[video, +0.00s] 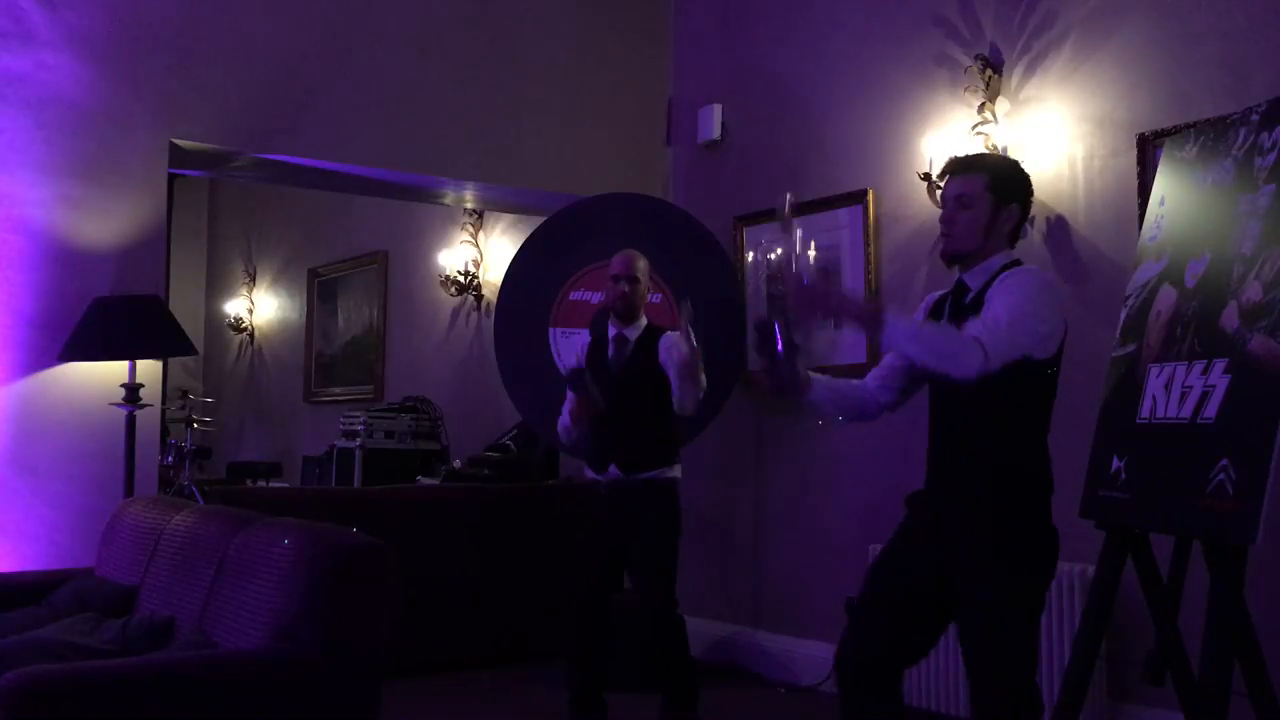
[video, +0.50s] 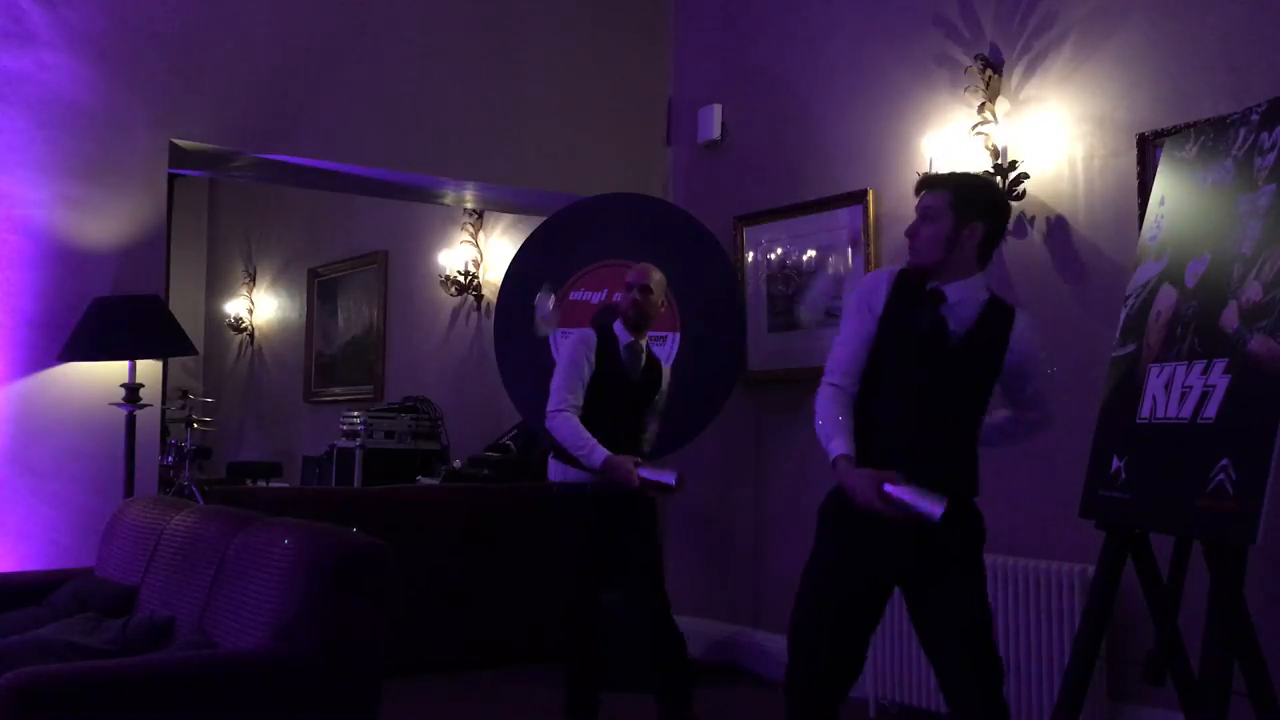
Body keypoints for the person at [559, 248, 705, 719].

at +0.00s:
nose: (621, 287)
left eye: (631, 280)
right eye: (615, 279)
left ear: (647, 289)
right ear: (605, 287)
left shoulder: (667, 343)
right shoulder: (592, 347)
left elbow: (689, 404)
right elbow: (569, 428)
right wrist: (573, 420)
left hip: (654, 489)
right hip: (601, 490)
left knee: (657, 601)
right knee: (594, 601)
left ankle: (677, 705)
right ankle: (589, 704)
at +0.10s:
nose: (626, 285)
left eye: (637, 277)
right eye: (621, 276)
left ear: (654, 288)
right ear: (610, 283)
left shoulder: (669, 338)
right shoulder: (584, 345)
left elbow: (689, 369)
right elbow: (563, 422)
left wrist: (672, 312)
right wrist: (581, 435)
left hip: (651, 490)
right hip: (594, 491)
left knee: (658, 604)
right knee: (591, 605)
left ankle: (677, 706)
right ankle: (588, 706)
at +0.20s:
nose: (631, 283)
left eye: (640, 275)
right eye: (624, 273)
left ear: (653, 286)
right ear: (611, 281)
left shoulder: (666, 344)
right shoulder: (579, 347)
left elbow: (716, 382)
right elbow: (555, 421)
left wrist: (693, 325)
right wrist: (584, 441)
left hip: (648, 493)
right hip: (591, 493)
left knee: (657, 606)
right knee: (589, 608)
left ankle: (677, 707)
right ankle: (587, 707)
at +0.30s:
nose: (627, 284)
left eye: (638, 278)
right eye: (621, 275)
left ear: (654, 292)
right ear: (609, 282)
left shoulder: (667, 350)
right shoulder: (577, 346)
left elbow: (711, 391)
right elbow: (547, 420)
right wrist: (588, 445)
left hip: (641, 494)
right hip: (585, 494)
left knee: (652, 607)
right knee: (585, 610)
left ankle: (678, 707)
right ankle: (587, 708)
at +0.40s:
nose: (628, 288)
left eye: (639, 282)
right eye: (623, 280)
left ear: (657, 296)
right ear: (612, 290)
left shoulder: (665, 359)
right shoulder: (578, 346)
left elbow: (693, 422)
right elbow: (548, 417)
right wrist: (598, 450)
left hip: (638, 495)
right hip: (582, 495)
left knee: (650, 607)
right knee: (583, 608)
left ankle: (675, 706)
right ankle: (585, 705)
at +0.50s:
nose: (634, 296)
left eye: (645, 291)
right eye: (630, 288)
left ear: (661, 306)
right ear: (618, 294)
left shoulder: (656, 369)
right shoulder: (584, 342)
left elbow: (647, 436)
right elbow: (558, 415)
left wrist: (648, 472)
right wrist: (603, 460)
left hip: (630, 492)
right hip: (578, 490)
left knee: (648, 599)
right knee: (585, 602)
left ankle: (673, 700)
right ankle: (581, 702)